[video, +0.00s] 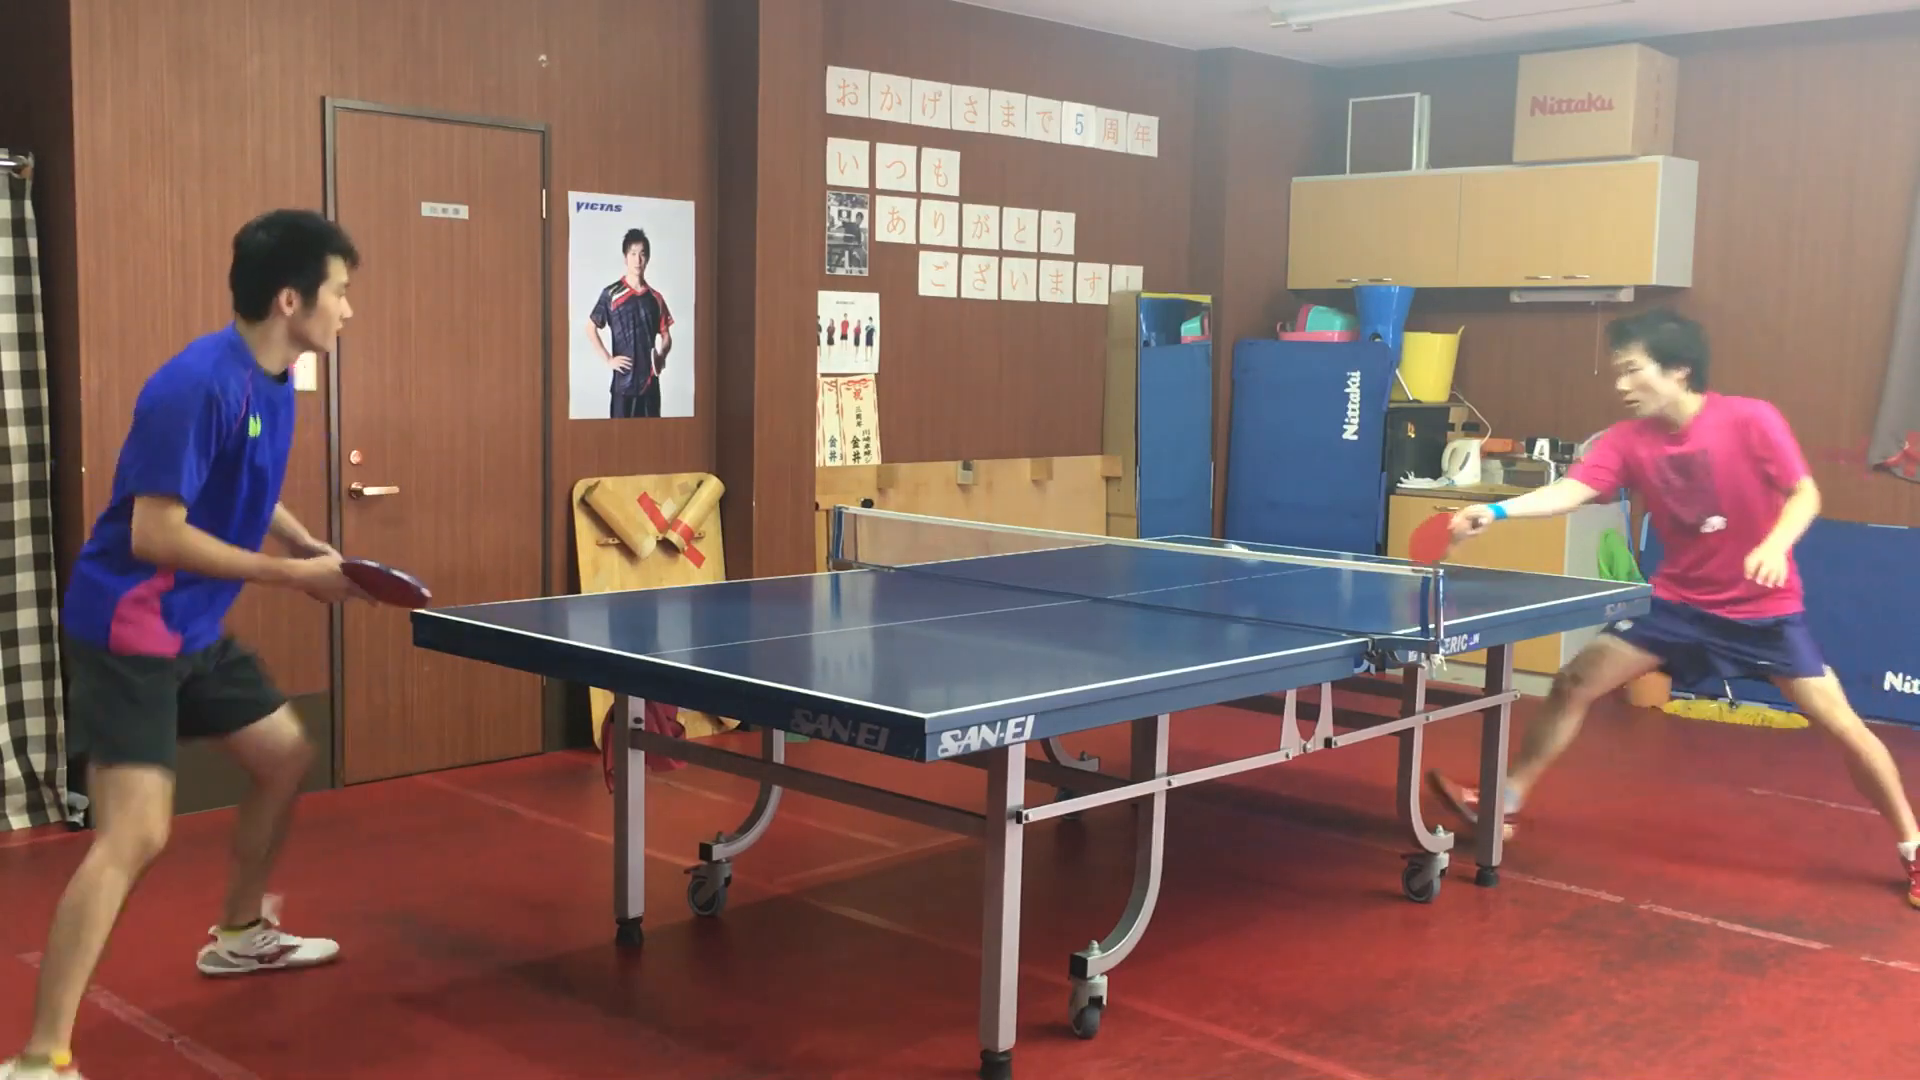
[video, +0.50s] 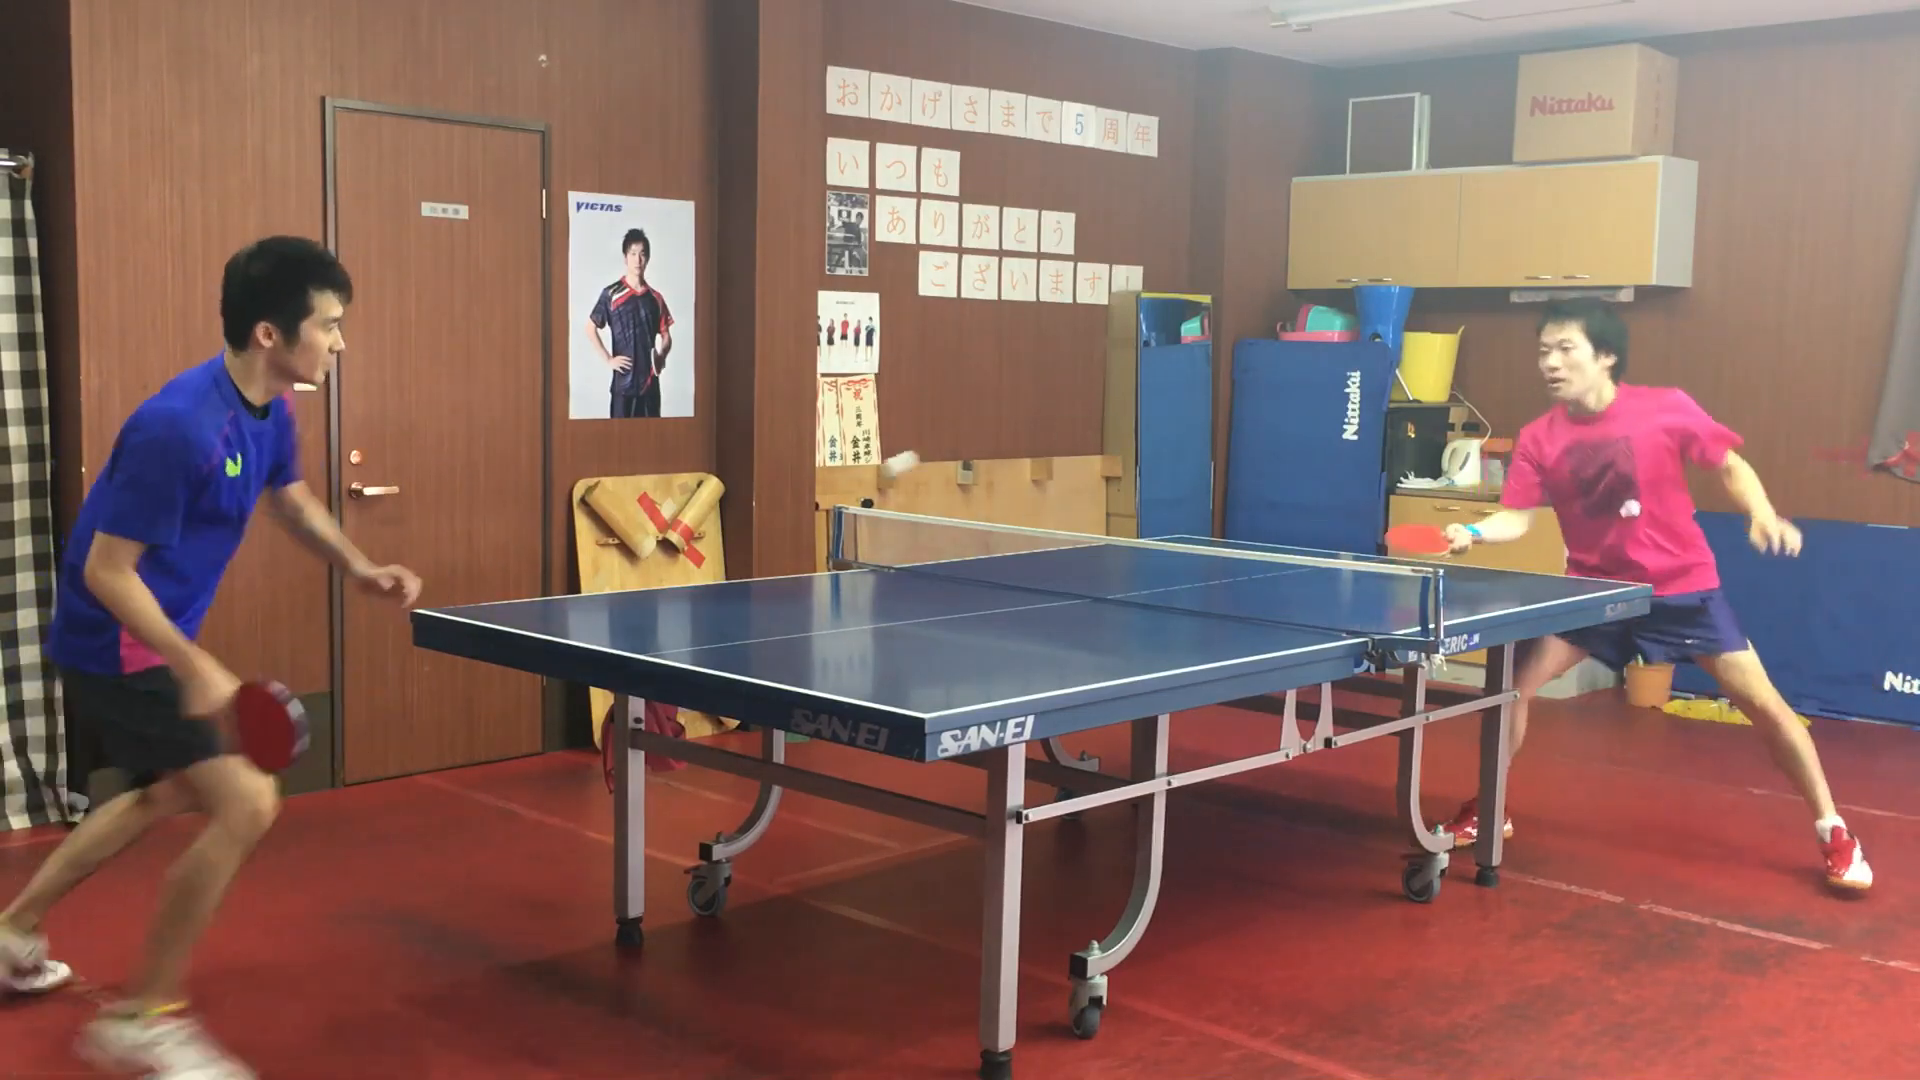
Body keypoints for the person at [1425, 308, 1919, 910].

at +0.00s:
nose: (1621, 383)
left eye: (1631, 369)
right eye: (1617, 372)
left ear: (1679, 372)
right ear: (1631, 379)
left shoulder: (1751, 421)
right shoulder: (1628, 442)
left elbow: (1806, 495)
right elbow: (1567, 493)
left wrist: (1774, 545)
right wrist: (1493, 510)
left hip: (1765, 613)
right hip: (1677, 605)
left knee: (1840, 724)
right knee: (1574, 681)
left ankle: (1911, 842)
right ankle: (1504, 803)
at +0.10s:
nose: (1555, 400)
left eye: (1566, 386)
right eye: (1551, 388)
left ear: (1613, 386)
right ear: (1580, 393)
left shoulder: (1690, 432)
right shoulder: (1562, 457)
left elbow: (1748, 499)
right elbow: (1510, 503)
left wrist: (1758, 549)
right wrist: (1440, 516)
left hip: (1712, 620)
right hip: (1628, 620)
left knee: (1792, 722)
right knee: (1528, 687)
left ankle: (1887, 843)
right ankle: (1464, 819)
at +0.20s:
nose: (1509, 413)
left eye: (1521, 399)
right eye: (1505, 402)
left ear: (1566, 402)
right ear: (1513, 412)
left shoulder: (1637, 445)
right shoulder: (1518, 478)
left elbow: (1691, 502)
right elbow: (1466, 515)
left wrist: (1750, 545)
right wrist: (1401, 520)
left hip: (1674, 628)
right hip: (1587, 628)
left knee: (1767, 731)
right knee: (1476, 670)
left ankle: (1851, 843)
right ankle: (1460, 812)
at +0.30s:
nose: (1498, 396)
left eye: (1511, 382)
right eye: (1494, 386)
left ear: (1555, 387)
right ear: (1496, 398)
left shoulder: (1627, 429)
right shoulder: (1505, 464)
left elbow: (1693, 472)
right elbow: (1466, 523)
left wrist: (1758, 505)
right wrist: (1419, 532)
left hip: (1666, 608)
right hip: (1578, 613)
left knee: (1756, 717)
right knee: (1478, 679)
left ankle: (1827, 830)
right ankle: (1458, 817)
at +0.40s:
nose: (1516, 366)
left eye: (1530, 352)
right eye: (1512, 355)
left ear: (1573, 357)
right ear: (1512, 363)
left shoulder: (1641, 398)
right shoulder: (1515, 440)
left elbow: (1720, 435)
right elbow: (1491, 513)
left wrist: (1769, 476)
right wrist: (1452, 533)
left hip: (1676, 580)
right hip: (1585, 586)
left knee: (1754, 697)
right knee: (1507, 677)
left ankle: (1814, 813)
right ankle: (1467, 808)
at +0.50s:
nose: (1549, 364)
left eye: (1564, 351)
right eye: (1543, 352)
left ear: (1606, 359)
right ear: (1538, 360)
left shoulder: (1664, 409)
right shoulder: (1538, 439)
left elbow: (1729, 464)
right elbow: (1515, 516)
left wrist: (1763, 514)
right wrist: (1474, 531)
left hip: (1685, 591)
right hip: (1593, 592)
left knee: (1760, 701)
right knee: (1512, 681)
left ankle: (1832, 827)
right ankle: (1488, 811)